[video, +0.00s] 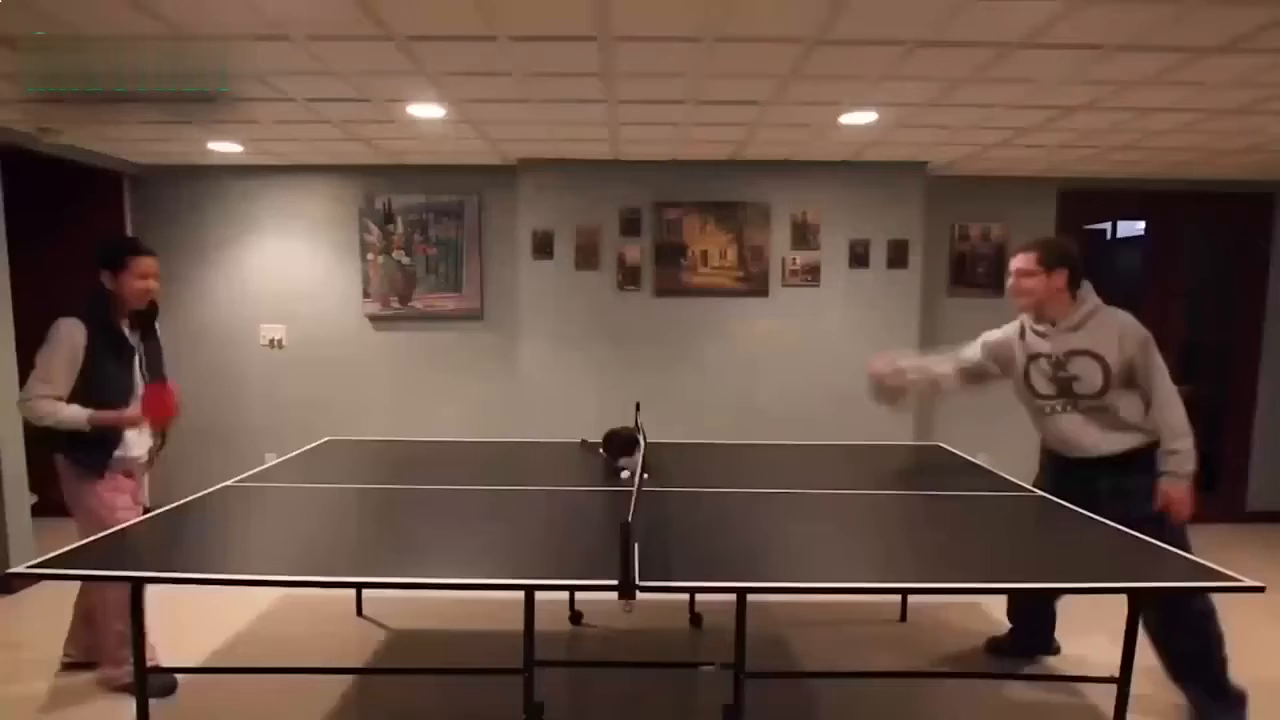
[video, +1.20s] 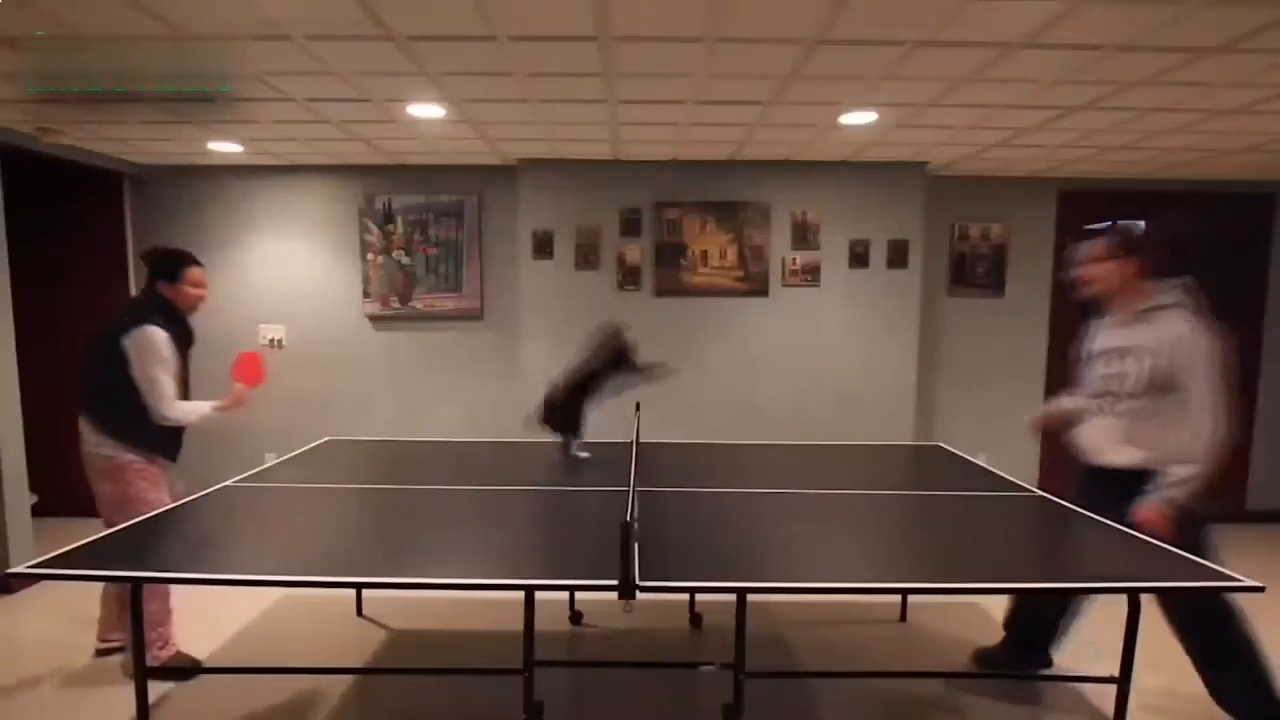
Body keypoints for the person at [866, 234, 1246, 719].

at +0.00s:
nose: (1013, 285)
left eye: (1024, 275)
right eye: (1012, 275)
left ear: (1060, 279)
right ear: (1018, 284)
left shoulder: (1120, 330)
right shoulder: (1013, 340)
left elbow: (1165, 400)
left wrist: (1177, 472)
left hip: (1130, 468)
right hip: (1063, 469)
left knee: (1168, 584)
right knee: (1034, 550)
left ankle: (1215, 701)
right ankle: (1030, 634)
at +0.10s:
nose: (1015, 281)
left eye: (1026, 273)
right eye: (1014, 273)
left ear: (1060, 278)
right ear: (1015, 280)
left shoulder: (1124, 328)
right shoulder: (1015, 343)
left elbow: (1172, 396)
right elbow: (980, 392)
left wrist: (1187, 471)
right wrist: (940, 412)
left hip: (1137, 467)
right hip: (1066, 468)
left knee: (1178, 581)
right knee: (1043, 556)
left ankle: (1229, 693)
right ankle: (1027, 637)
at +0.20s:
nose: (1031, 283)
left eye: (1043, 274)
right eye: (1030, 274)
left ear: (1079, 282)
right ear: (1032, 283)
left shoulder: (1144, 333)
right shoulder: (1039, 342)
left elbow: (1194, 403)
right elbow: (1042, 412)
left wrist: (1206, 479)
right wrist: (1008, 434)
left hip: (1155, 478)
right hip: (1086, 478)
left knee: (1198, 594)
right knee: (1047, 557)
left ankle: (1255, 703)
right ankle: (1026, 640)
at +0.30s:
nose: (1079, 278)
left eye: (1092, 269)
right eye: (1077, 270)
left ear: (1129, 275)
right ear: (1077, 280)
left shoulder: (1188, 335)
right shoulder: (1085, 337)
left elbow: (1237, 414)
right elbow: (1092, 400)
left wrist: (1238, 497)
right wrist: (1074, 429)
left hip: (1188, 488)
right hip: (1118, 484)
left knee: (1217, 609)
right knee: (1074, 567)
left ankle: (1259, 706)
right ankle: (1028, 636)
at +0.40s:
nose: (1133, 266)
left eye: (1146, 255)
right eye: (1133, 257)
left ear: (1185, 261)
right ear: (1134, 266)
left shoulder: (1240, 326)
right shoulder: (1130, 326)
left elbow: (1272, 414)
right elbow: (1131, 390)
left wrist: (1264, 500)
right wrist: (1106, 417)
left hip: (1217, 489)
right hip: (1148, 484)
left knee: (1235, 617)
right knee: (1104, 572)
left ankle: (1255, 706)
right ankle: (1045, 642)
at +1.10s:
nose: (1127, 262)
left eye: (1138, 251)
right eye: (1127, 251)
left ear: (1179, 256)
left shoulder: (1232, 323)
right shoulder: (1141, 322)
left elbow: (1250, 420)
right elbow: (1136, 393)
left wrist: (1204, 499)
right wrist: (1091, 405)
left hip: (1188, 485)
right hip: (1126, 476)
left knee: (1217, 617)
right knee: (1073, 553)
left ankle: (1260, 704)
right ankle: (1049, 646)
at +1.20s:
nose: (1082, 276)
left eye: (1093, 264)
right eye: (1081, 266)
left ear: (1130, 265)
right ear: (1086, 273)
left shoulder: (1183, 327)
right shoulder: (1100, 330)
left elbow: (1209, 425)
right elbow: (1100, 398)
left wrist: (1167, 497)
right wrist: (1055, 413)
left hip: (1160, 485)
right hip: (1099, 480)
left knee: (1194, 607)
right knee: (1055, 567)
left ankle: (1257, 705)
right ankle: (1020, 653)